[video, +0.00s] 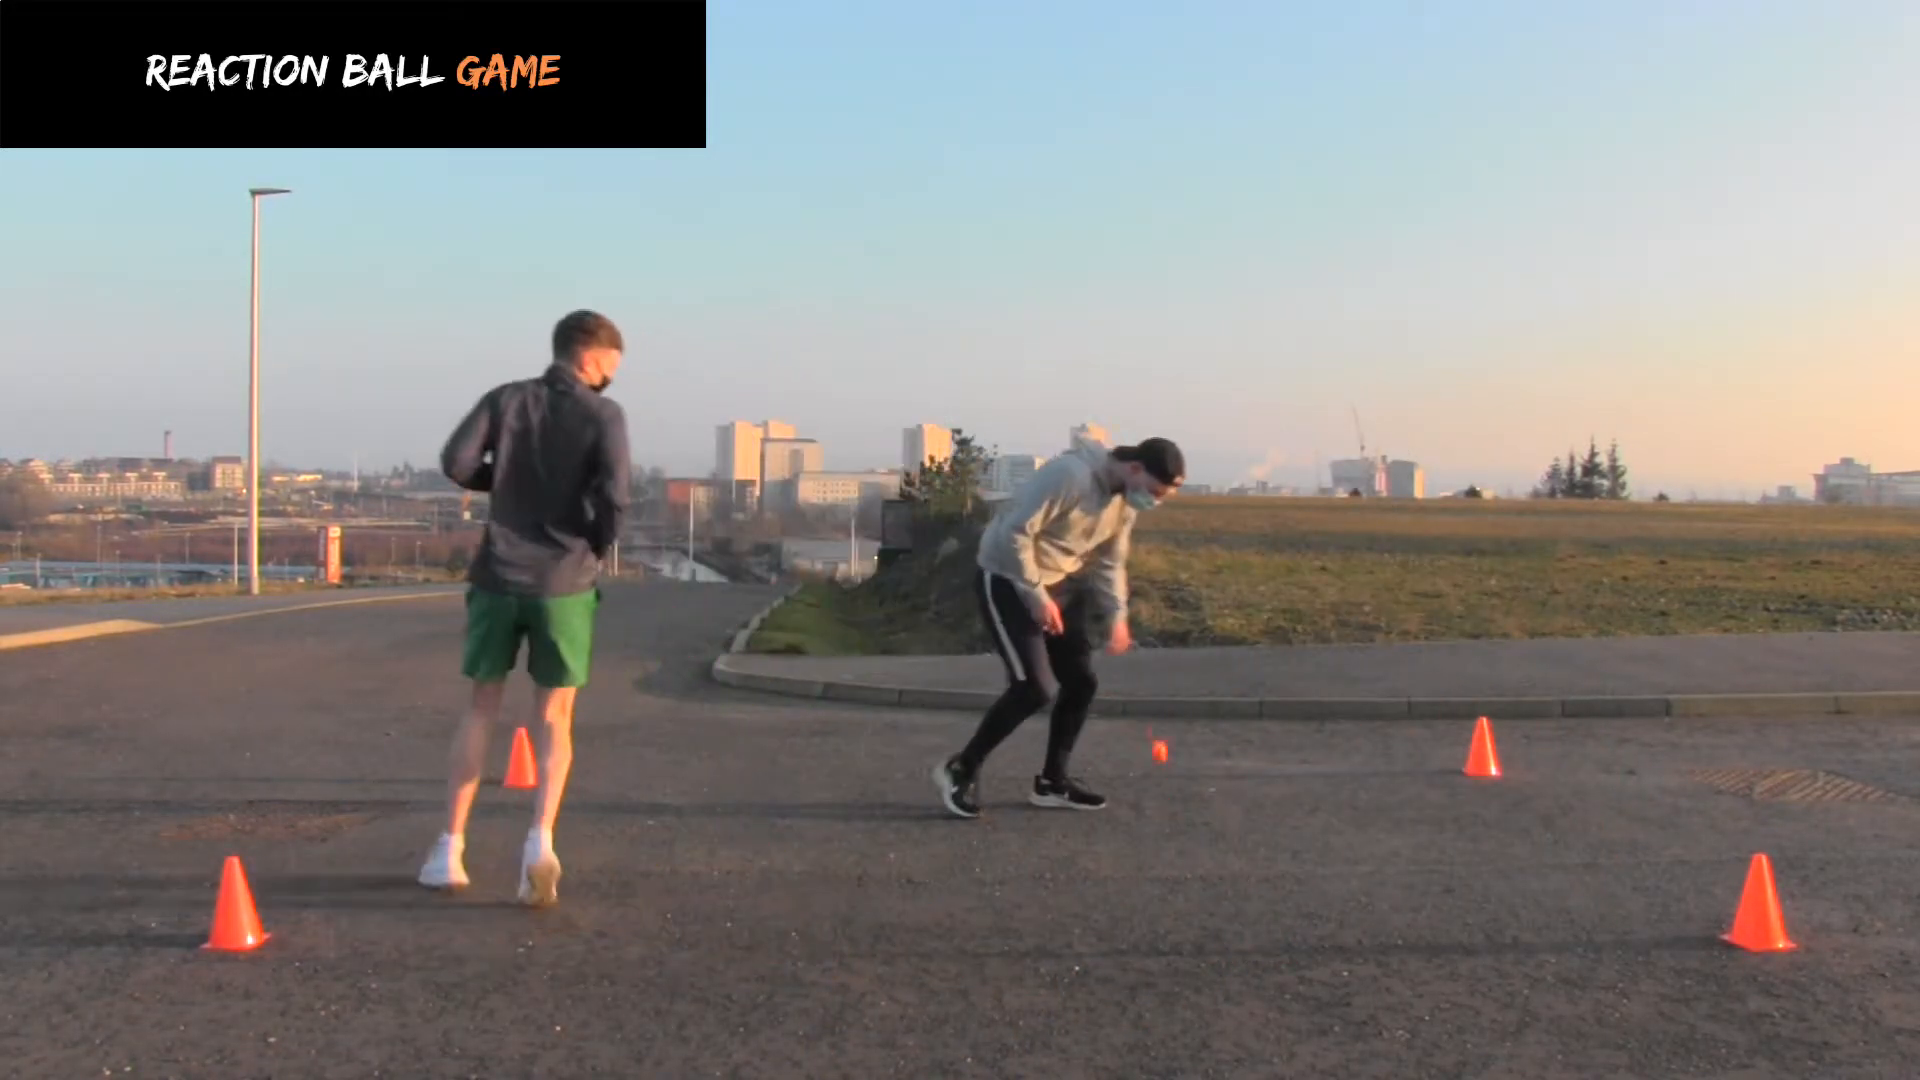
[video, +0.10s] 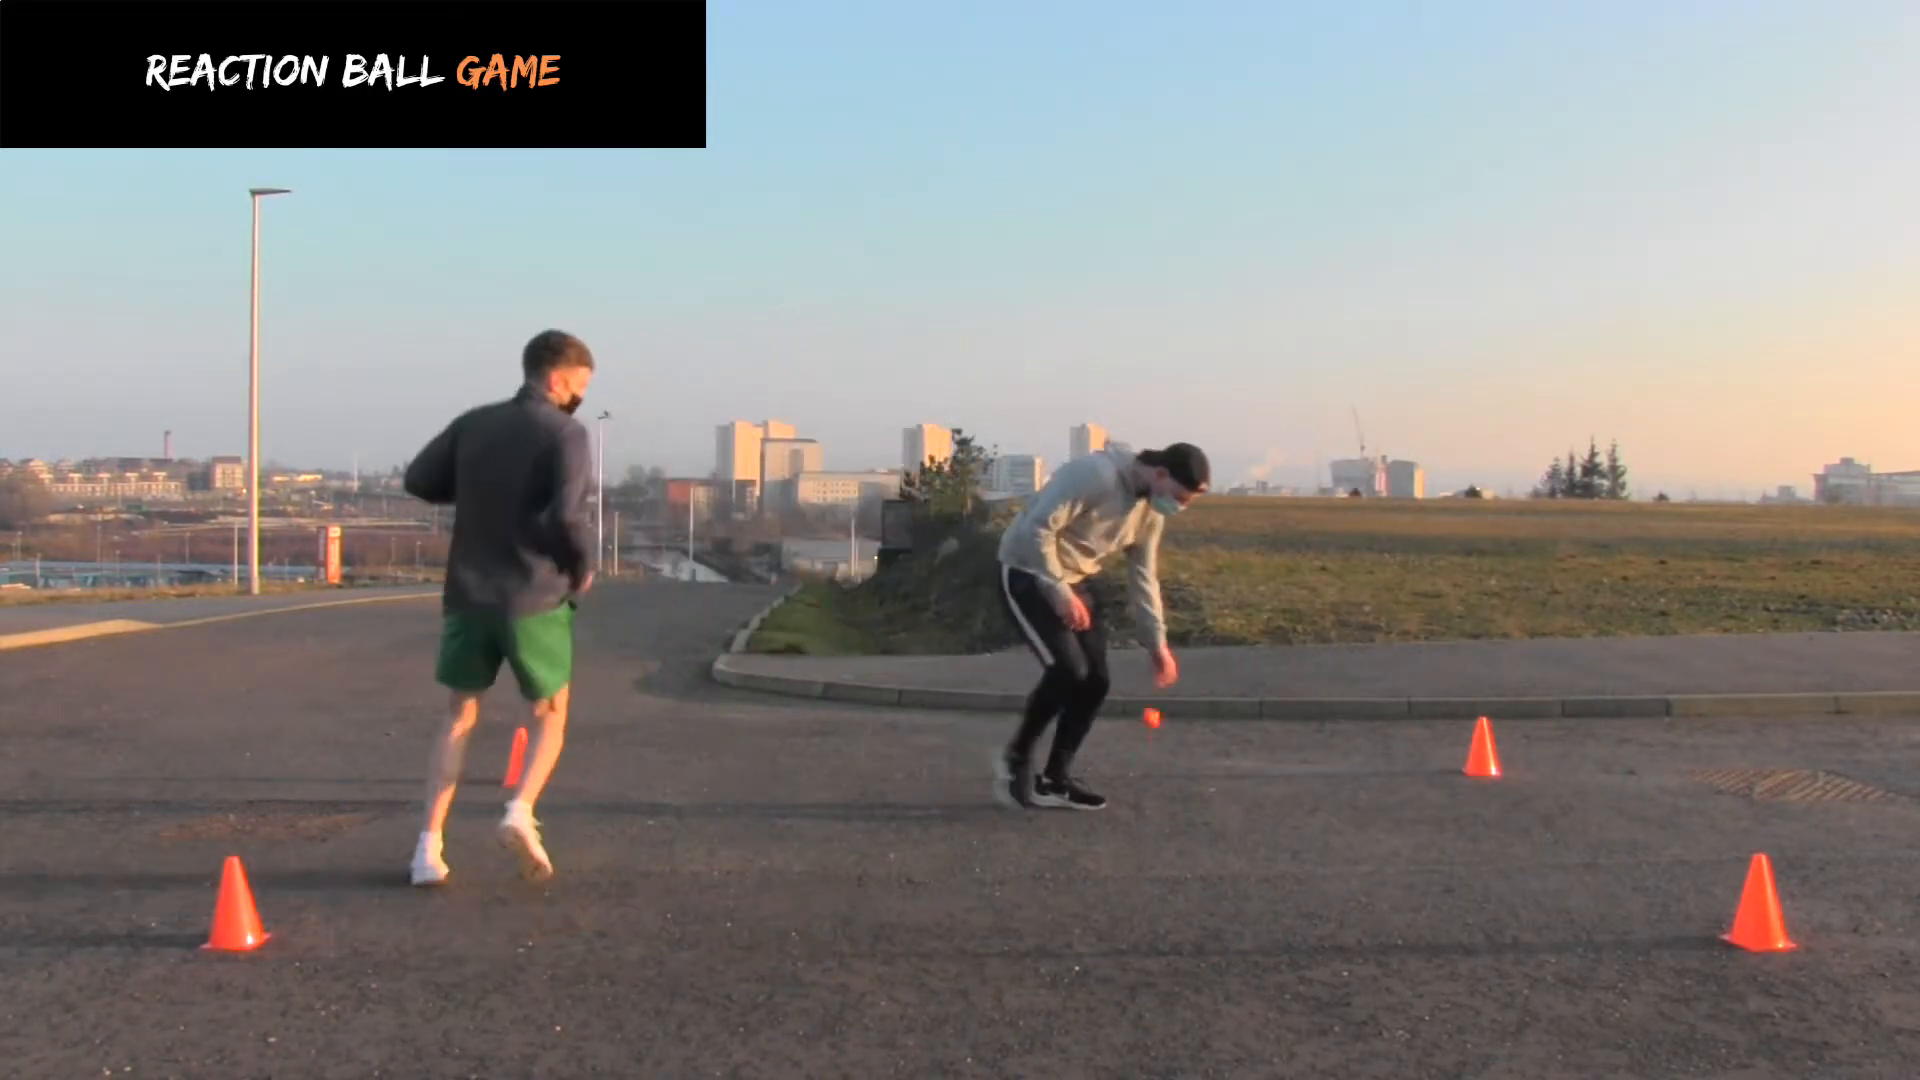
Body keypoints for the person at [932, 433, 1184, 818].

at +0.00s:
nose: (1150, 502)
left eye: (1157, 498)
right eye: (1151, 493)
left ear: (1138, 472)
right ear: (1135, 469)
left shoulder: (1122, 501)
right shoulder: (1069, 473)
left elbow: (1111, 563)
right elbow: (1011, 535)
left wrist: (1117, 615)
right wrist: (1036, 596)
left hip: (1048, 584)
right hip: (1003, 575)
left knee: (1080, 683)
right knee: (1035, 687)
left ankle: (1052, 780)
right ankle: (960, 770)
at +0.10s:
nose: (1177, 507)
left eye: (1184, 502)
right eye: (1178, 498)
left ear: (1164, 478)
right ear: (1160, 474)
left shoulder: (1151, 508)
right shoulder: (1094, 472)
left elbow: (1144, 576)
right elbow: (1034, 531)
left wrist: (1157, 643)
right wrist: (1059, 591)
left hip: (1073, 580)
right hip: (1026, 570)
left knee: (1095, 680)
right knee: (1069, 669)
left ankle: (1054, 778)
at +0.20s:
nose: (1192, 515)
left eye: (1199, 511)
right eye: (1193, 506)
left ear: (1183, 485)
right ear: (1179, 482)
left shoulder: (1164, 514)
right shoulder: (1113, 474)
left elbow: (1157, 581)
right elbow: (1047, 531)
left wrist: (1166, 650)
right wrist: (1078, 589)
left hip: (1079, 577)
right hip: (1039, 568)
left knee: (1099, 674)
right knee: (1098, 672)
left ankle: (1054, 776)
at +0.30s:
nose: (1214, 525)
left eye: (1221, 522)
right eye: (1217, 518)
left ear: (1206, 496)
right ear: (1205, 495)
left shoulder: (1181, 517)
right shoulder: (1135, 487)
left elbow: (1163, 577)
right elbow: (1069, 542)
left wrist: (1170, 645)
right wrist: (1107, 595)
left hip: (1097, 581)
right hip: (1061, 577)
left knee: (1139, 676)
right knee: (1119, 677)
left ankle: (1064, 765)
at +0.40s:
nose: (1222, 532)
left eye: (1229, 530)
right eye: (1226, 526)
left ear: (1218, 505)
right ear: (1217, 504)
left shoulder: (1187, 514)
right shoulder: (1146, 497)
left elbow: (1161, 572)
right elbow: (1090, 559)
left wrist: (1172, 627)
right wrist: (1127, 609)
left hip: (1112, 583)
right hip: (1075, 579)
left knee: (1159, 676)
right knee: (1139, 676)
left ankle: (1079, 752)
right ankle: (1125, 795)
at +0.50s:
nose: (1239, 530)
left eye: (1245, 528)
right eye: (1243, 524)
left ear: (1235, 504)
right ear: (1234, 503)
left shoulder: (1204, 507)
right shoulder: (1166, 492)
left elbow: (1169, 559)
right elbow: (1114, 559)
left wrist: (1173, 609)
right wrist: (1142, 618)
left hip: (1130, 574)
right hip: (1089, 571)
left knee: (1172, 673)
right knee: (1137, 673)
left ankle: (1115, 750)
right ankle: (1123, 794)